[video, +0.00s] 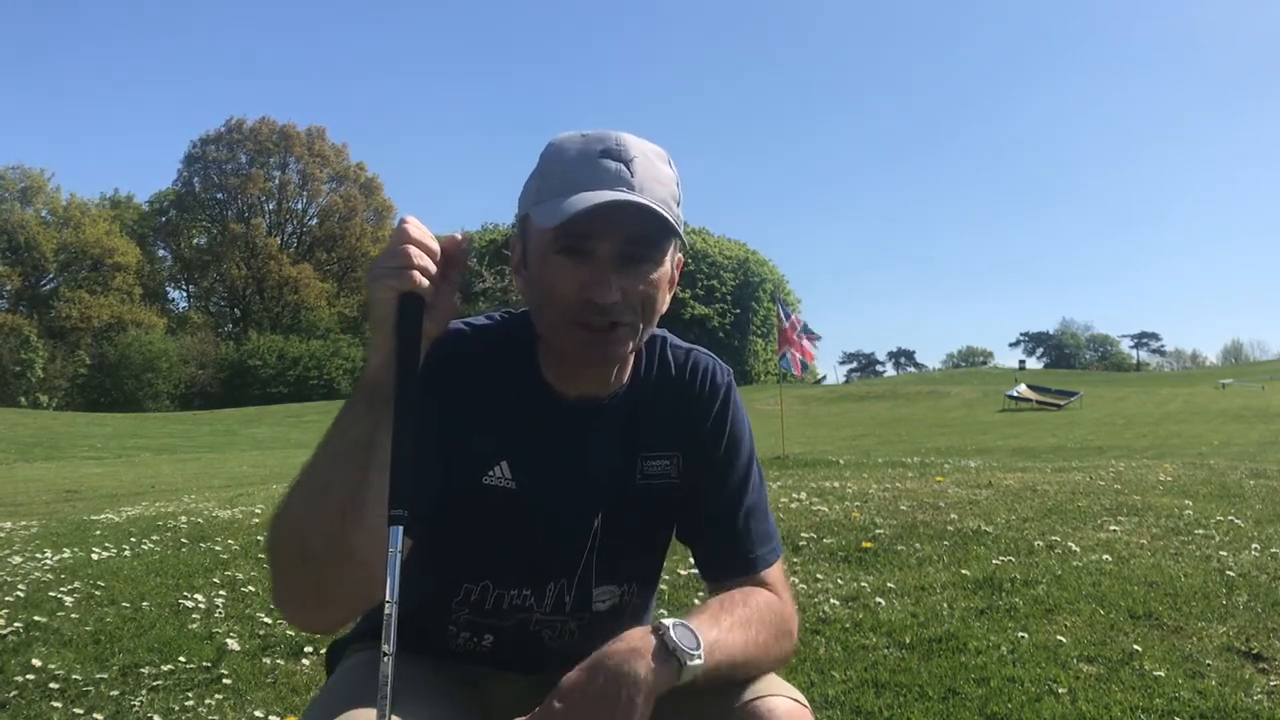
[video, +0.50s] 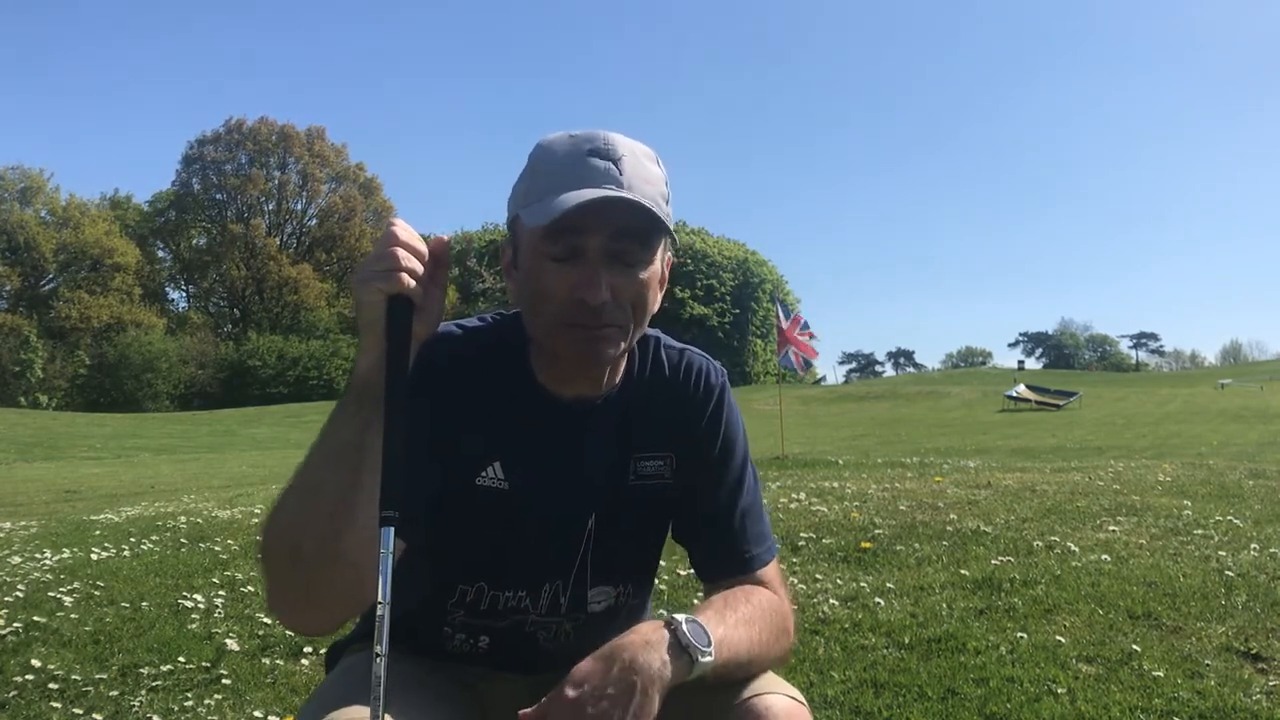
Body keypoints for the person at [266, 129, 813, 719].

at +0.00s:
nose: (606, 289)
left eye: (637, 254)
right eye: (574, 249)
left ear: (673, 275)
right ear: (520, 259)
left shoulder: (696, 391)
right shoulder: (443, 367)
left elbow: (769, 610)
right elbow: (310, 603)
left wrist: (655, 653)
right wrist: (388, 364)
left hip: (611, 672)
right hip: (434, 667)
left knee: (778, 711)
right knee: (354, 715)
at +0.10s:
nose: (605, 290)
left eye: (635, 256)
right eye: (573, 251)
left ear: (670, 277)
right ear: (518, 263)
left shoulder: (696, 390)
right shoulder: (440, 368)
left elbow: (769, 609)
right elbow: (306, 603)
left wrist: (658, 653)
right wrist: (382, 366)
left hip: (612, 670)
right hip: (434, 667)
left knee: (780, 712)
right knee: (353, 714)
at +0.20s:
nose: (601, 292)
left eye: (631, 259)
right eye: (570, 256)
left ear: (668, 277)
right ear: (516, 262)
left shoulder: (694, 391)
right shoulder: (439, 368)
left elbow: (768, 609)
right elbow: (303, 604)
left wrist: (659, 651)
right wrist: (379, 366)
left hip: (616, 672)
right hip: (436, 670)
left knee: (780, 710)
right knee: (351, 712)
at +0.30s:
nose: (601, 294)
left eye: (631, 262)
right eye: (570, 259)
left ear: (667, 276)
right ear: (515, 263)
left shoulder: (694, 391)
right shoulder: (436, 369)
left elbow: (766, 607)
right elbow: (300, 603)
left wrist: (661, 654)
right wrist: (377, 366)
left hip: (613, 668)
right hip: (431, 668)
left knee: (779, 711)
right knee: (349, 714)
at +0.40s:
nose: (600, 294)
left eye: (629, 261)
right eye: (567, 258)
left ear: (665, 275)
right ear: (513, 264)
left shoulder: (691, 391)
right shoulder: (435, 370)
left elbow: (766, 608)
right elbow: (301, 605)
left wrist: (662, 653)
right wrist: (376, 366)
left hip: (611, 671)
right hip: (430, 671)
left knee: (778, 711)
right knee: (347, 714)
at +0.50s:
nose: (596, 289)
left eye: (626, 254)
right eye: (564, 253)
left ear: (663, 275)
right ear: (510, 263)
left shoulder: (689, 390)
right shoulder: (437, 369)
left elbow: (765, 607)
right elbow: (303, 606)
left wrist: (668, 647)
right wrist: (377, 367)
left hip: (612, 670)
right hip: (432, 669)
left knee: (778, 711)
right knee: (346, 715)